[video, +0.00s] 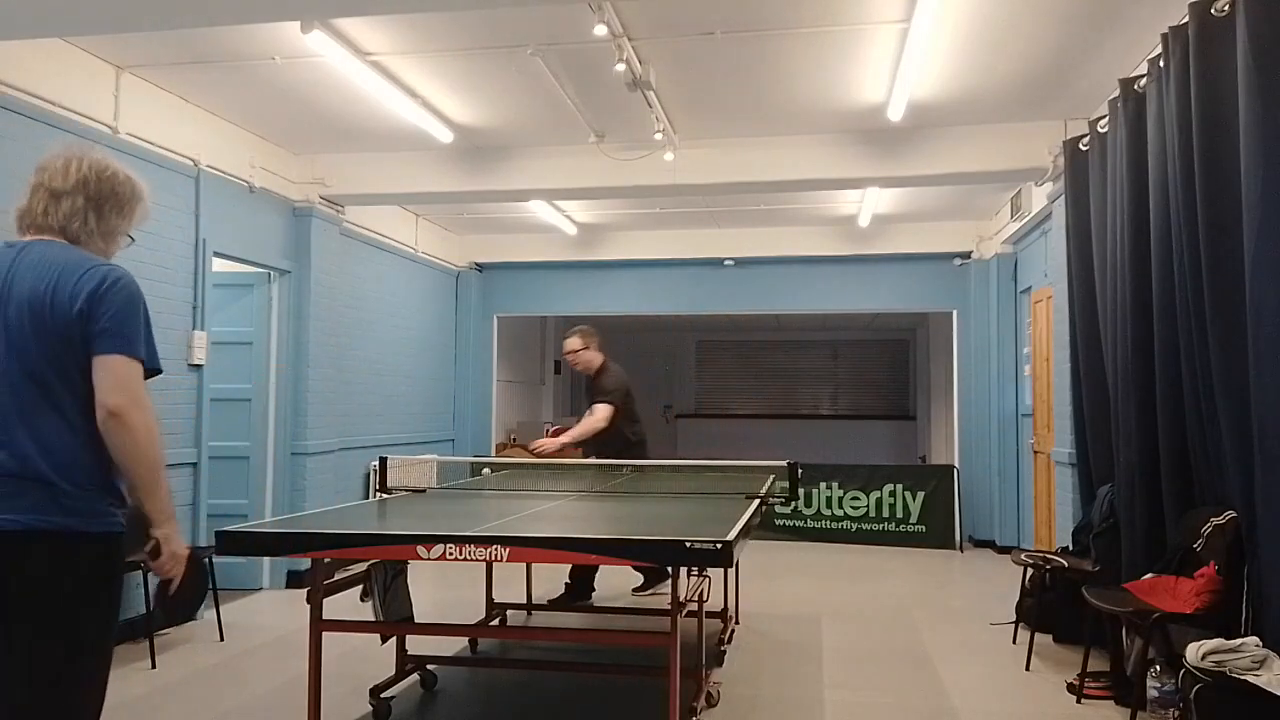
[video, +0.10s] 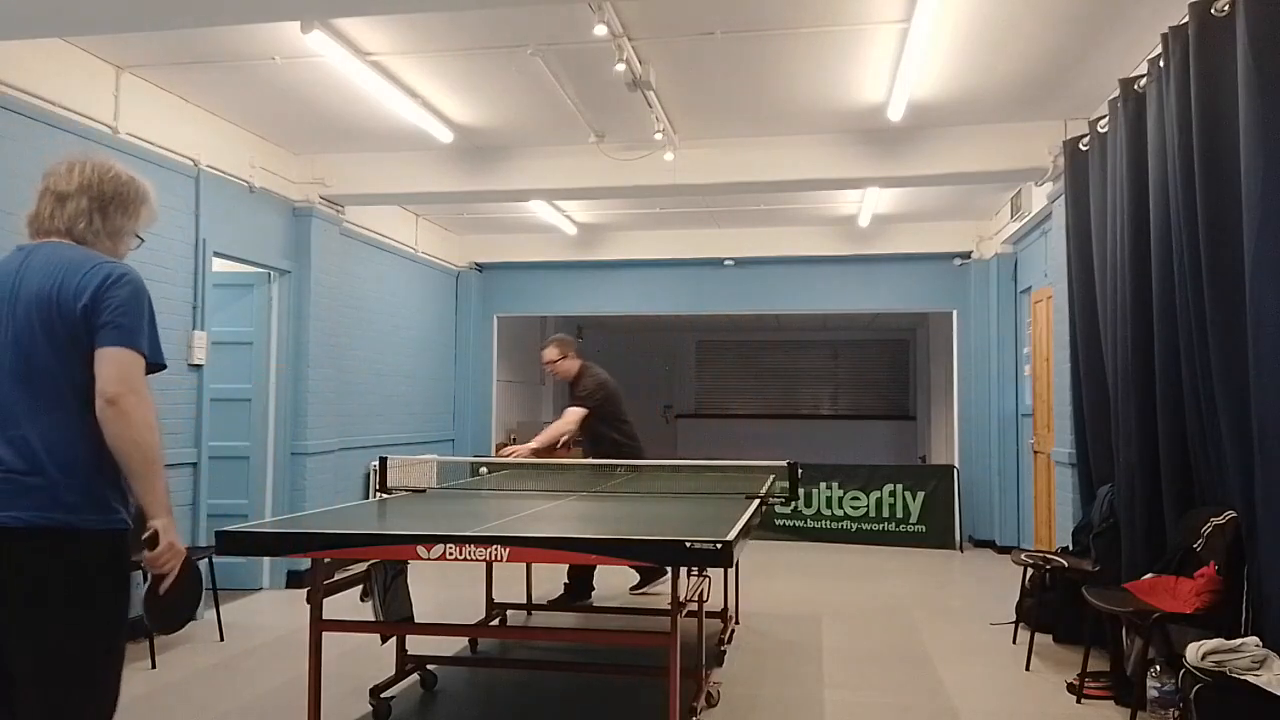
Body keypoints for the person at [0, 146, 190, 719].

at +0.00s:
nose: (123, 244)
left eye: (126, 233)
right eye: (122, 231)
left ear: (37, 207)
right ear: (97, 221)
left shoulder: (6, 261)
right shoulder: (102, 284)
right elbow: (117, 407)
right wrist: (164, 521)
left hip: (8, 529)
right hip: (64, 539)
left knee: (18, 694)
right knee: (62, 702)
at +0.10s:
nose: (132, 249)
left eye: (136, 238)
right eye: (132, 235)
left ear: (50, 213)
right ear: (107, 224)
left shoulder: (8, 268)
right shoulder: (110, 280)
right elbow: (118, 396)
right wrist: (161, 515)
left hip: (8, 530)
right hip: (71, 540)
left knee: (14, 697)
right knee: (73, 703)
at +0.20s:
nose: (140, 250)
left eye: (144, 238)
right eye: (140, 236)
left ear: (60, 215)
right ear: (115, 224)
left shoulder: (12, 274)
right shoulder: (114, 277)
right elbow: (120, 388)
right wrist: (169, 507)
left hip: (9, 526)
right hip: (78, 533)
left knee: (18, 692)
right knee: (91, 697)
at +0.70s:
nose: (191, 249)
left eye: (194, 237)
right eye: (191, 236)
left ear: (110, 218)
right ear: (172, 227)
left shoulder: (49, 287)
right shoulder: (176, 281)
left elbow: (51, 405)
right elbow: (200, 406)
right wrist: (245, 504)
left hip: (39, 531)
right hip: (136, 530)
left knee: (46, 697)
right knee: (149, 698)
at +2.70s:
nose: (202, 262)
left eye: (206, 250)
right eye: (202, 248)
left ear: (121, 224)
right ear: (177, 233)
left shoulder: (53, 288)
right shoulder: (177, 285)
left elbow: (32, 406)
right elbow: (188, 406)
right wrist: (237, 516)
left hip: (18, 541)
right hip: (116, 543)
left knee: (28, 705)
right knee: (143, 707)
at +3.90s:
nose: (225, 259)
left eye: (230, 247)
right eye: (226, 245)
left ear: (149, 222)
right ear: (205, 233)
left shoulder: (81, 283)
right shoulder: (205, 285)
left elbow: (60, 397)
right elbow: (221, 407)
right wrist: (265, 512)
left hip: (40, 525)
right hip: (138, 526)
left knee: (36, 690)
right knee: (140, 697)